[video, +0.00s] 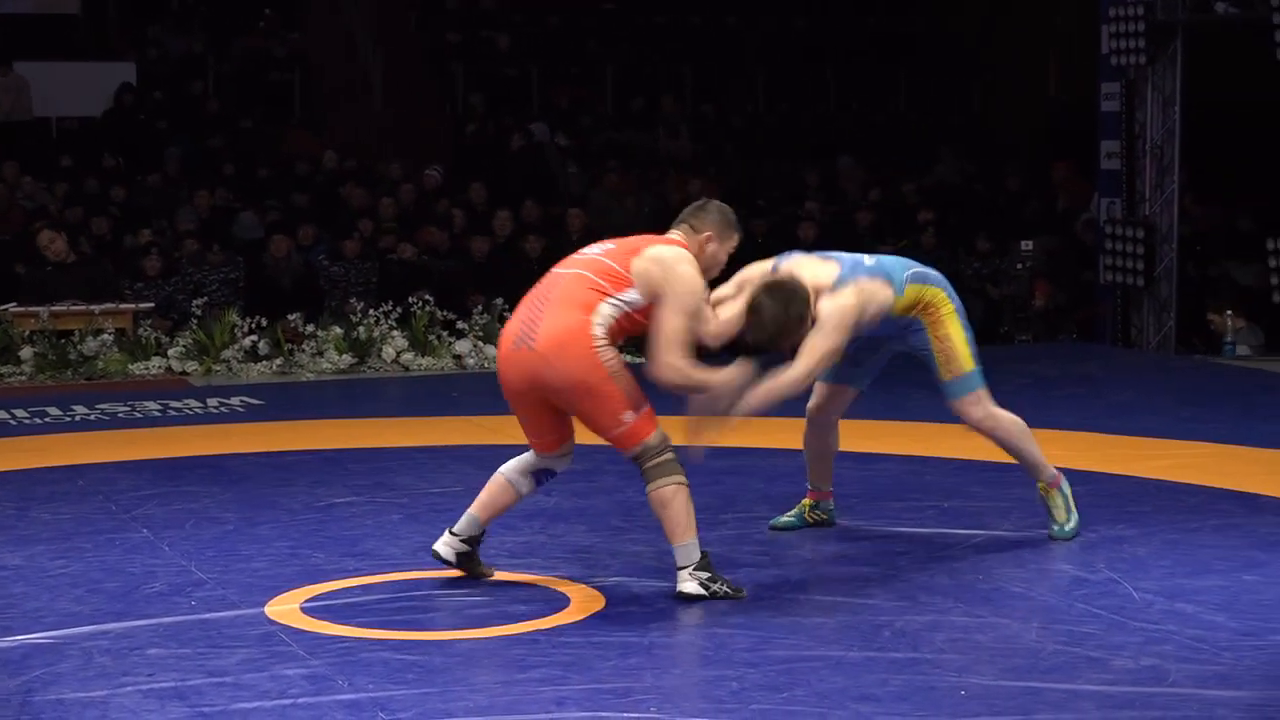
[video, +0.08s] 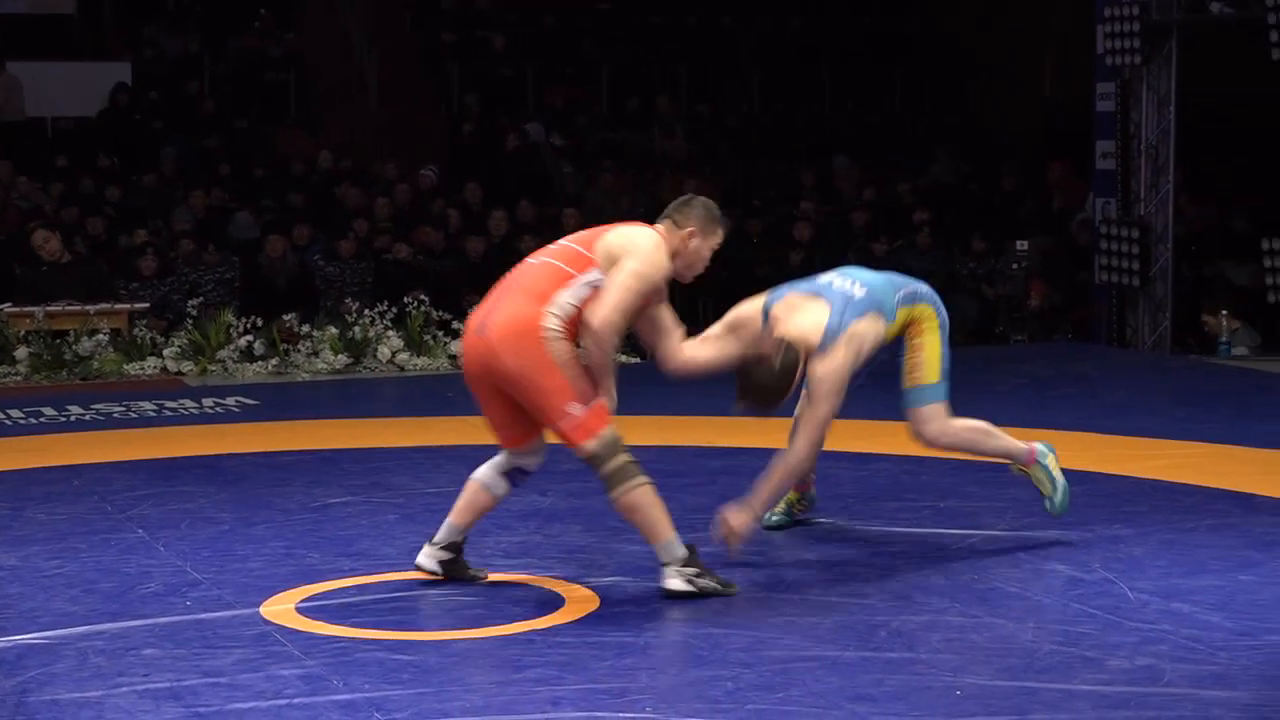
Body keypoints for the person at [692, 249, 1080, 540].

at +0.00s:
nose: (785, 353)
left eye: (784, 346)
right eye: (770, 349)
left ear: (797, 322)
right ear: (759, 310)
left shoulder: (838, 305)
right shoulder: (761, 277)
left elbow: (799, 373)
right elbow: (749, 360)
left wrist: (737, 410)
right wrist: (703, 412)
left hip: (925, 303)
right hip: (870, 318)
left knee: (977, 411)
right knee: (820, 410)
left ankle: (1051, 481)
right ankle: (819, 502)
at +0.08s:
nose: (776, 410)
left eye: (775, 403)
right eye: (763, 402)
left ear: (789, 374)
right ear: (743, 361)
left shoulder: (826, 359)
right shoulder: (743, 320)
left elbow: (804, 443)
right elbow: (676, 356)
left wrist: (749, 509)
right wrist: (640, 293)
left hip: (911, 304)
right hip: (848, 292)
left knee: (931, 427)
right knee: (807, 398)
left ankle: (1030, 455)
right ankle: (801, 496)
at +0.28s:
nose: (729, 448)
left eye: (737, 440)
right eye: (724, 439)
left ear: (768, 427)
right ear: (722, 425)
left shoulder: (817, 429)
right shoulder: (733, 422)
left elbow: (822, 520)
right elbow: (689, 490)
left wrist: (774, 562)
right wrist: (652, 561)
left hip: (915, 428)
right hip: (866, 421)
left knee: (879, 546)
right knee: (790, 484)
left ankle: (995, 539)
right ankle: (875, 487)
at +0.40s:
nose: (743, 401)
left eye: (752, 391)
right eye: (740, 391)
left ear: (788, 390)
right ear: (743, 392)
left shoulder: (834, 417)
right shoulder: (759, 422)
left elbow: (832, 509)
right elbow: (711, 484)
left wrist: (779, 559)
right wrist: (672, 555)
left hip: (927, 487)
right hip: (876, 485)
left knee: (858, 558)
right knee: (791, 528)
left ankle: (962, 549)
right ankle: (901, 531)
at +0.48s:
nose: (756, 384)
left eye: (764, 373)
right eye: (754, 373)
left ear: (801, 372)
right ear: (796, 374)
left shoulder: (855, 401)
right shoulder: (781, 400)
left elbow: (880, 489)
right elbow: (768, 468)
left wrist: (838, 557)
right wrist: (755, 539)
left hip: (937, 476)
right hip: (889, 468)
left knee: (869, 552)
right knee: (803, 528)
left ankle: (972, 551)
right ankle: (902, 518)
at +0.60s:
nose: (767, 373)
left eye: (776, 363)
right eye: (764, 363)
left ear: (811, 360)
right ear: (807, 362)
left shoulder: (862, 391)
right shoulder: (796, 390)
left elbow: (874, 486)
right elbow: (791, 463)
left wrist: (850, 561)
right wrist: (796, 539)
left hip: (960, 437)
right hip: (907, 437)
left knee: (899, 519)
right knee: (823, 485)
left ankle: (1010, 540)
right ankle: (889, 515)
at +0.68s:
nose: (776, 366)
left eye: (784, 356)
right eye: (773, 357)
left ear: (820, 354)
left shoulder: (871, 383)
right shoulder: (803, 388)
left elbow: (873, 475)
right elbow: (796, 458)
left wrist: (845, 555)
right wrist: (797, 539)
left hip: (976, 409)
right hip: (922, 416)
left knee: (918, 481)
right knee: (833, 459)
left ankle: (1021, 536)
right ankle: (895, 510)